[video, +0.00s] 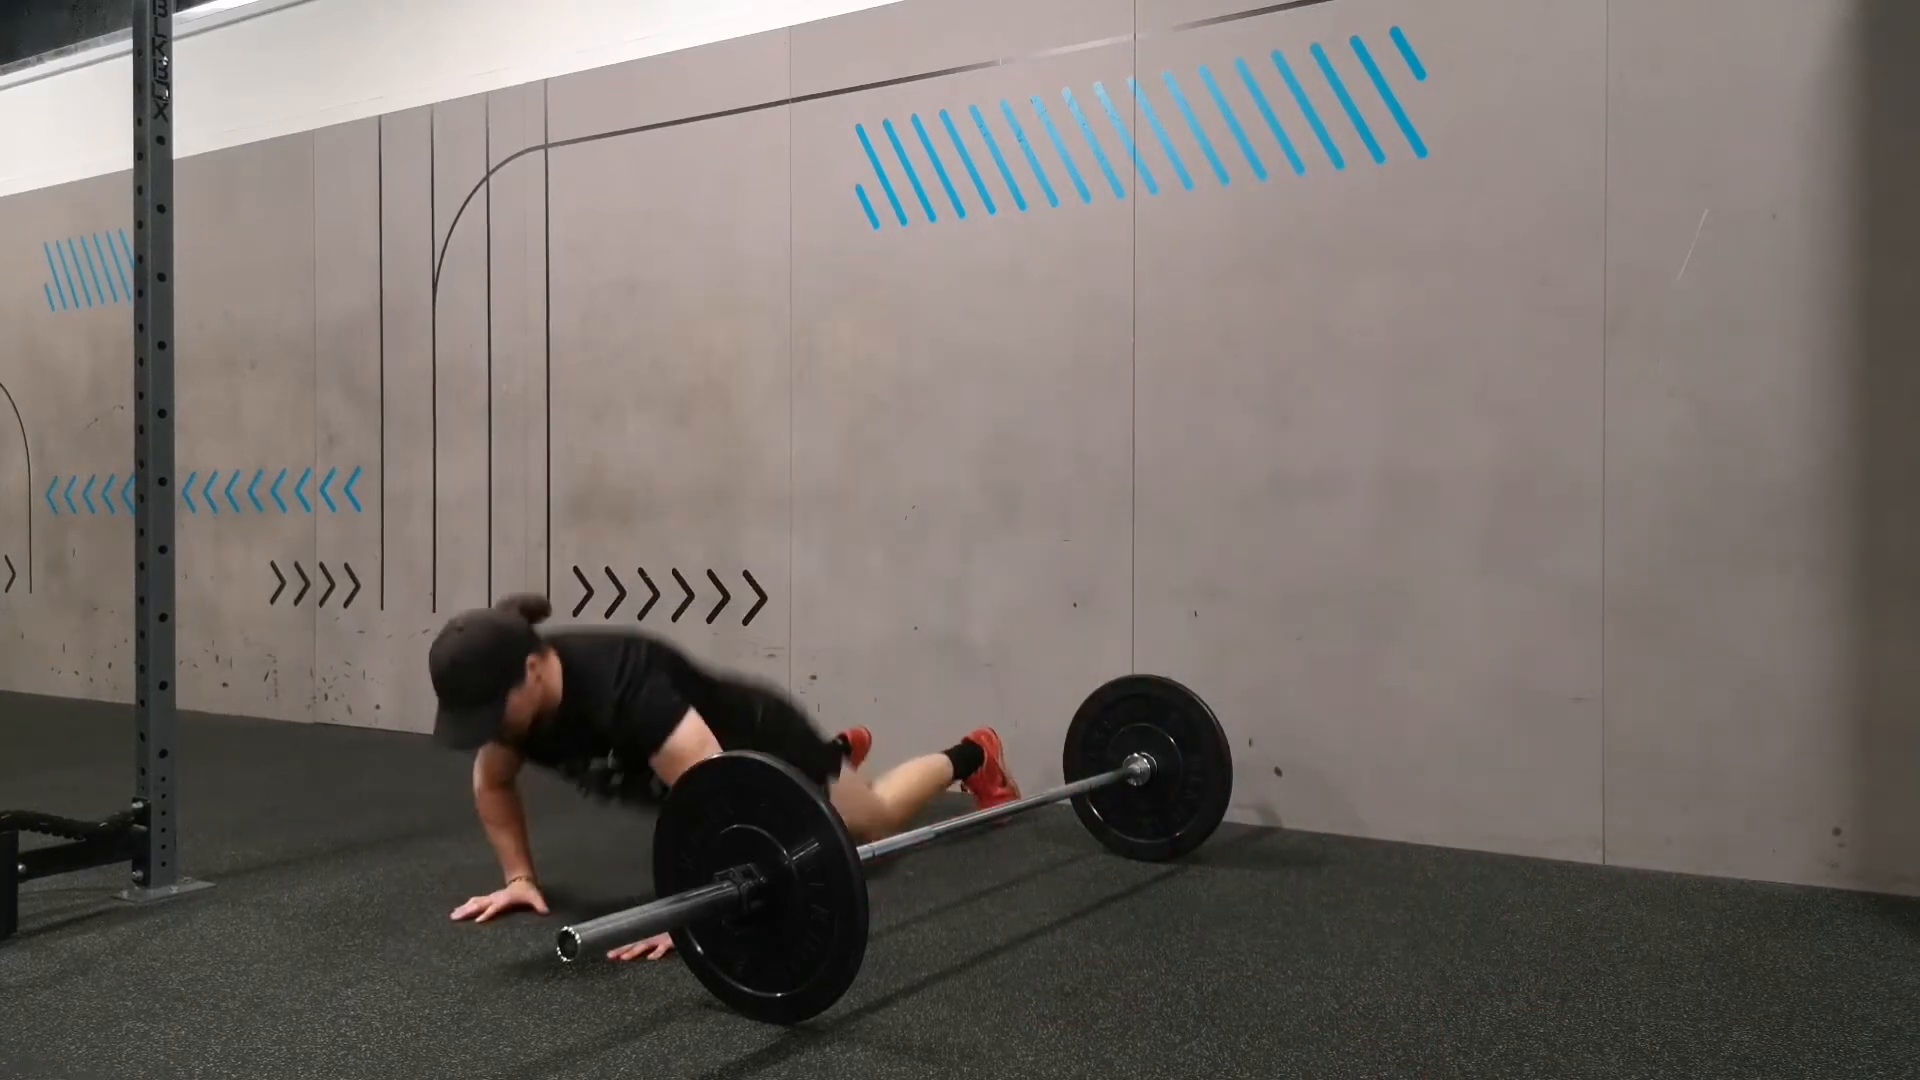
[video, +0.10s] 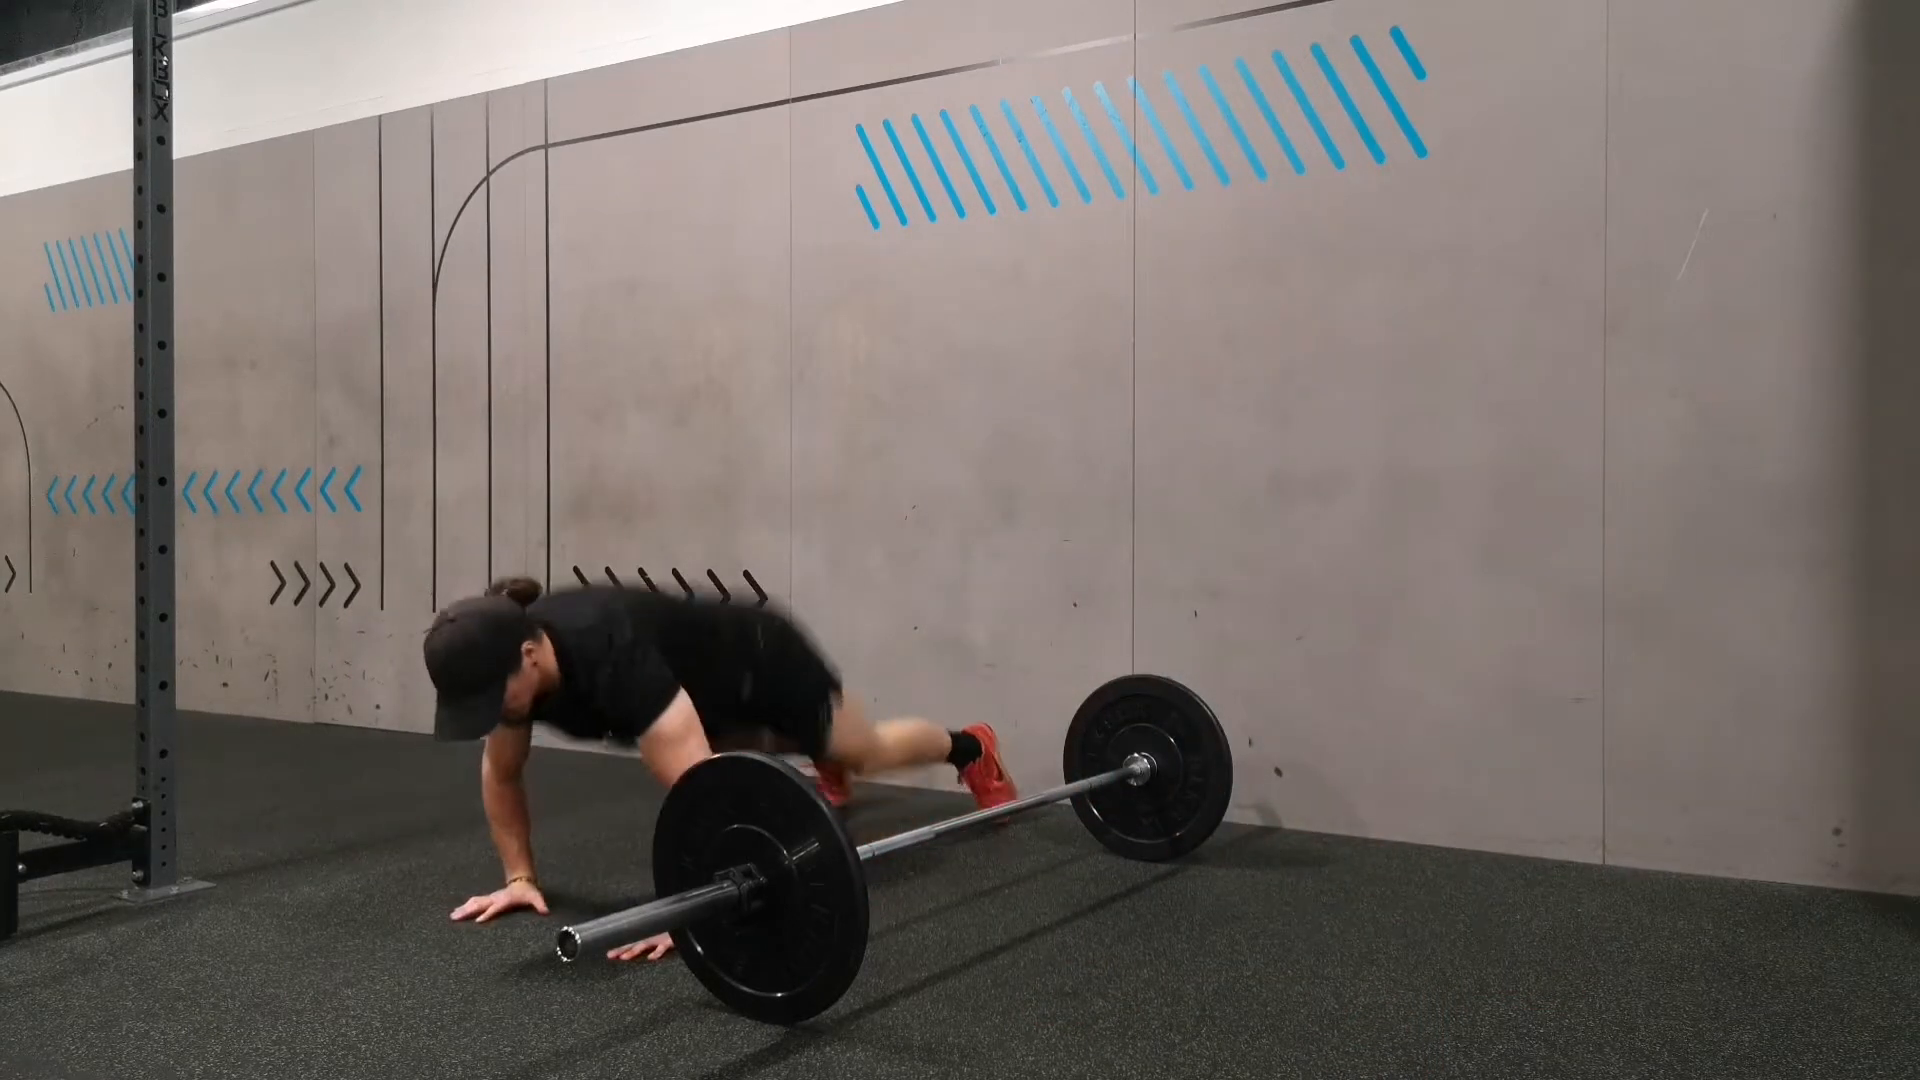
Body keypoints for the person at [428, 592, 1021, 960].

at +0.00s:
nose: (495, 728)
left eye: (497, 713)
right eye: (485, 721)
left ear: (532, 674)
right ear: (497, 695)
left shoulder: (623, 680)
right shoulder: (511, 697)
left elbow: (717, 790)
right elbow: (492, 782)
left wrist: (684, 910)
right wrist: (518, 878)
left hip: (767, 746)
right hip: (691, 758)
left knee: (870, 816)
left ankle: (968, 756)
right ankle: (838, 760)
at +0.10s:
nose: (497, 714)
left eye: (497, 699)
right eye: (486, 707)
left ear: (527, 658)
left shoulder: (614, 656)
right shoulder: (508, 668)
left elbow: (702, 791)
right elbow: (500, 775)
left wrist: (683, 909)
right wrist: (518, 878)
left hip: (765, 661)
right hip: (693, 689)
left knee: (858, 751)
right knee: (733, 750)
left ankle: (970, 747)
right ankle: (824, 760)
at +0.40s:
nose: (622, 661)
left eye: (634, 643)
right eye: (607, 652)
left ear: (663, 588)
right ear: (584, 603)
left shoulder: (722, 574)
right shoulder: (598, 599)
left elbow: (757, 717)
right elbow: (570, 738)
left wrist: (695, 834)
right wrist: (519, 863)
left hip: (785, 524)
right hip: (690, 516)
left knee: (794, 663)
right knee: (601, 694)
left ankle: (858, 820)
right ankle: (609, 808)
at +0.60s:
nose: (736, 478)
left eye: (746, 466)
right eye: (722, 466)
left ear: (769, 442)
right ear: (700, 445)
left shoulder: (814, 461)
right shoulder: (680, 470)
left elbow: (869, 608)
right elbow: (606, 571)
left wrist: (815, 724)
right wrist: (570, 671)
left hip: (812, 578)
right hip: (727, 577)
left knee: (818, 692)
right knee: (633, 702)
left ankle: (865, 838)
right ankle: (611, 811)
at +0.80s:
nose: (794, 283)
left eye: (806, 266)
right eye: (781, 268)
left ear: (837, 247)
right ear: (763, 253)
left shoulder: (896, 299)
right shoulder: (766, 304)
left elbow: (1016, 394)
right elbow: (708, 388)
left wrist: (1002, 516)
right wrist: (657, 478)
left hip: (929, 462)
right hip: (843, 447)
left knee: (889, 655)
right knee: (723, 569)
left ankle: (871, 826)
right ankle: (766, 684)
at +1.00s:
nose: (866, 220)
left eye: (877, 201)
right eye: (852, 206)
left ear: (912, 173)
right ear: (835, 189)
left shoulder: (983, 223)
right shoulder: (842, 255)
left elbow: (1096, 321)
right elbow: (797, 375)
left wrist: (1145, 455)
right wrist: (768, 487)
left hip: (1050, 402)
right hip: (956, 409)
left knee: (1034, 564)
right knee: (894, 512)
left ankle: (1051, 625)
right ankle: (991, 712)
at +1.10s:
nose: (927, 239)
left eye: (937, 218)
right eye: (907, 225)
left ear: (965, 188)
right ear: (884, 210)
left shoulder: (1040, 239)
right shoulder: (887, 282)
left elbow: (1157, 345)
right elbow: (854, 415)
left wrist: (1204, 474)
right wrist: (863, 524)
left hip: (1103, 430)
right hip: (1002, 459)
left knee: (1161, 575)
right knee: (992, 629)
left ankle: (1219, 695)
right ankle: (1073, 844)